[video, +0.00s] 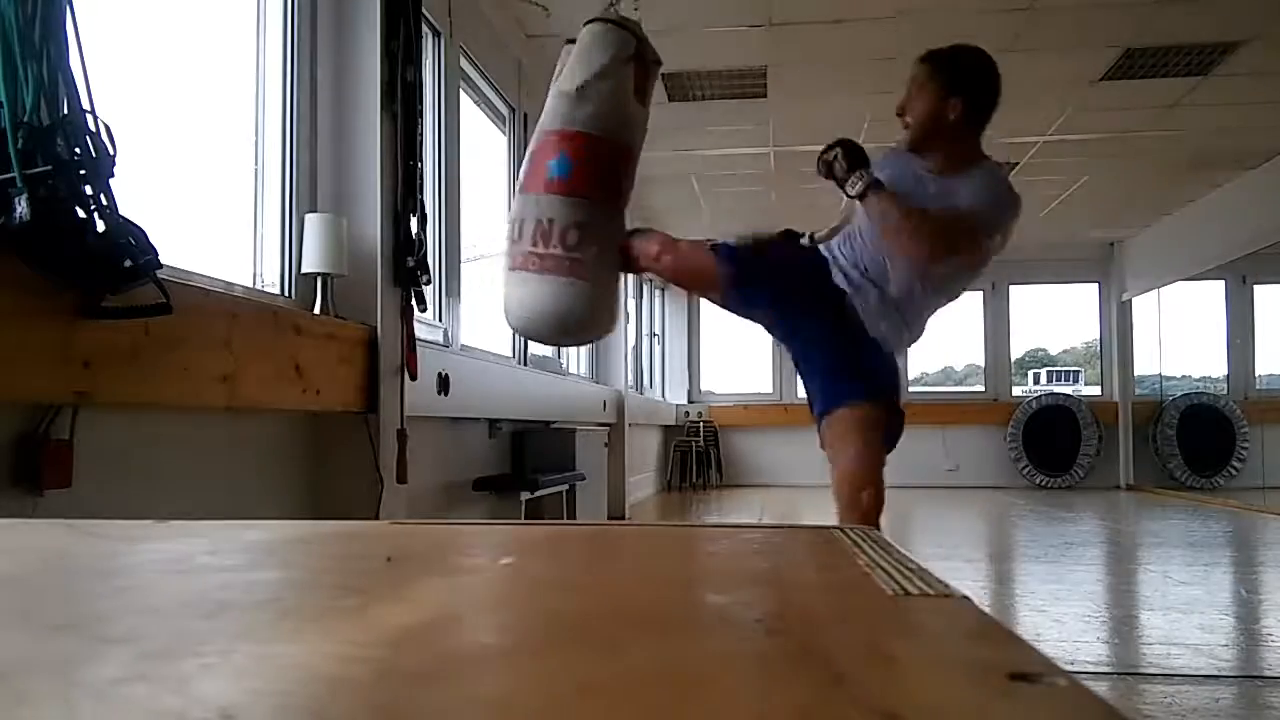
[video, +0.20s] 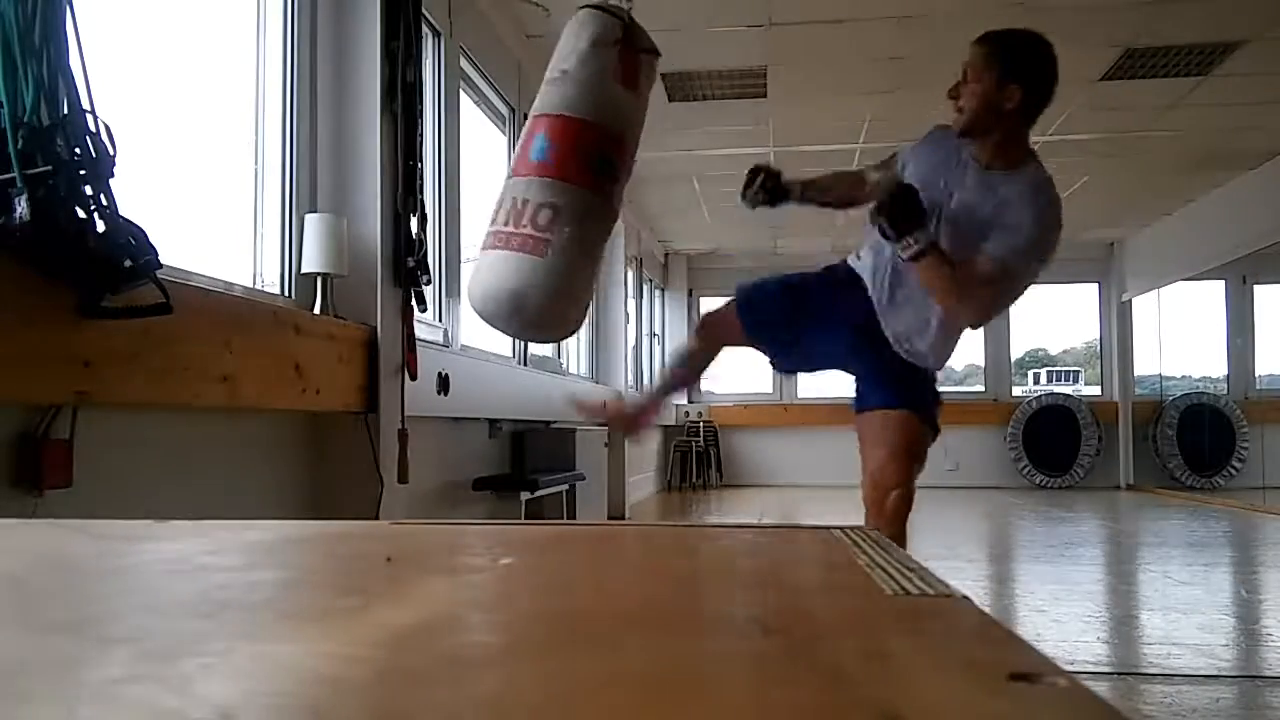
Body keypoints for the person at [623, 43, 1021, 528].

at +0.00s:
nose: (900, 106)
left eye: (914, 93)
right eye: (905, 92)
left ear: (953, 108)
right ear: (948, 109)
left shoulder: (993, 196)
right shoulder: (896, 160)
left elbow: (925, 246)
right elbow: (844, 236)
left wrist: (861, 183)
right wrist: (793, 248)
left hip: (863, 344)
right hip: (811, 276)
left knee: (860, 487)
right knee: (665, 256)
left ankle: (856, 622)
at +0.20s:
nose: (954, 90)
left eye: (970, 80)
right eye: (960, 76)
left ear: (1013, 96)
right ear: (1000, 93)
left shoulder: (1035, 213)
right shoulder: (939, 146)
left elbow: (971, 306)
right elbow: (867, 184)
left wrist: (913, 237)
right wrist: (790, 190)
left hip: (906, 354)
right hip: (850, 293)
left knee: (891, 498)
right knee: (712, 328)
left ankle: (876, 632)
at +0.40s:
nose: (964, 71)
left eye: (978, 59)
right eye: (968, 58)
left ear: (1020, 70)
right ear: (1010, 70)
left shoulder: (1062, 169)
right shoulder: (954, 140)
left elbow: (1107, 266)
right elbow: (890, 218)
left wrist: (1028, 267)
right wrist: (897, 183)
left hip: (955, 348)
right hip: (897, 321)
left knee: (911, 497)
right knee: (851, 446)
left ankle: (899, 630)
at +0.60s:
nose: (965, 119)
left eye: (974, 106)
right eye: (965, 106)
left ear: (1016, 107)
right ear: (1008, 111)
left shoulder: (1078, 172)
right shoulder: (988, 190)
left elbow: (1154, 251)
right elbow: (979, 289)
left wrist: (1082, 255)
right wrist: (946, 256)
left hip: (1038, 355)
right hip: (996, 356)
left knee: (959, 488)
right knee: (1044, 503)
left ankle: (929, 637)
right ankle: (1143, 622)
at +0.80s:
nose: (972, 123)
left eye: (978, 108)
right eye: (968, 111)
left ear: (1018, 97)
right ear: (1014, 105)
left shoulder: (1072, 134)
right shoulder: (1031, 157)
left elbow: (1066, 211)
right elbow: (1053, 252)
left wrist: (985, 168)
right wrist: (1008, 243)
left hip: (1098, 321)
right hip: (1081, 327)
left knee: (1037, 452)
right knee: (1100, 484)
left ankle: (1053, 644)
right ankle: (1161, 636)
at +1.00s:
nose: (986, 146)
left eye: (992, 130)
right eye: (982, 133)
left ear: (1034, 121)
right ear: (1032, 127)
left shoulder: (1095, 171)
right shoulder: (1053, 194)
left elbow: (1116, 270)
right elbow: (1068, 292)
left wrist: (1023, 250)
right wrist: (1001, 290)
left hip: (1116, 358)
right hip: (1102, 362)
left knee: (1083, 502)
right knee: (1146, 509)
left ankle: (1136, 692)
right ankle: (1245, 654)